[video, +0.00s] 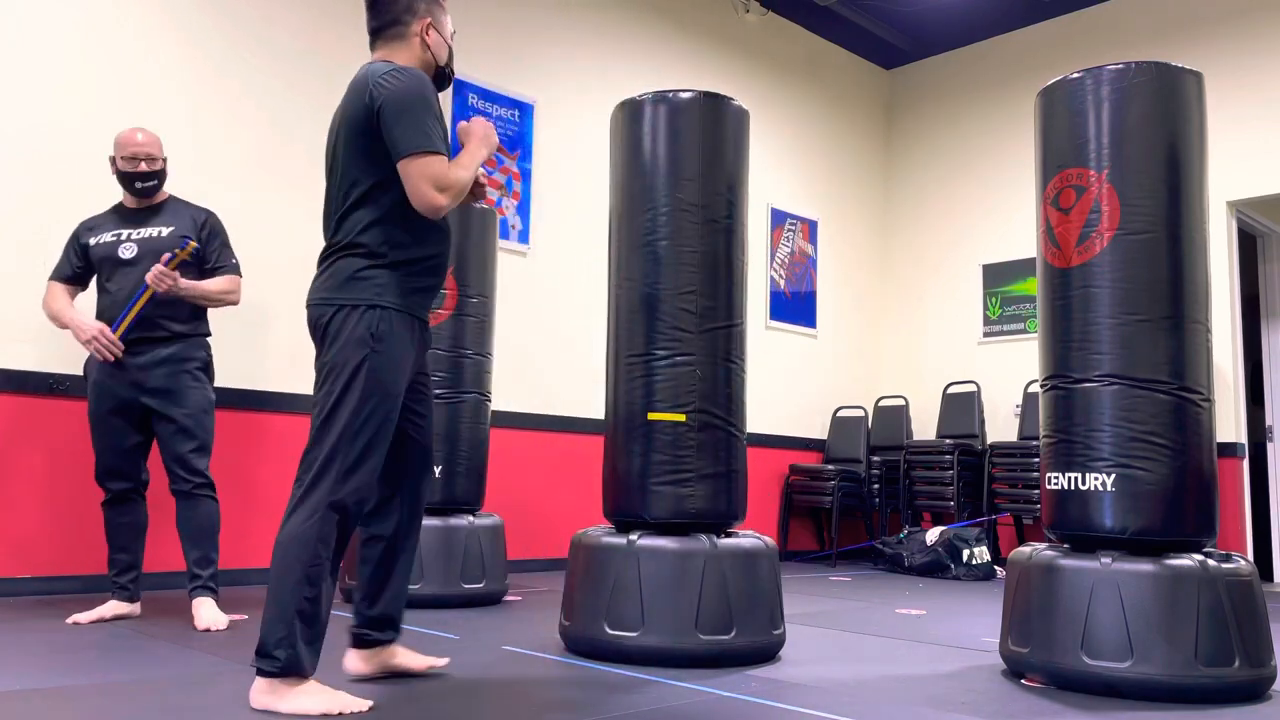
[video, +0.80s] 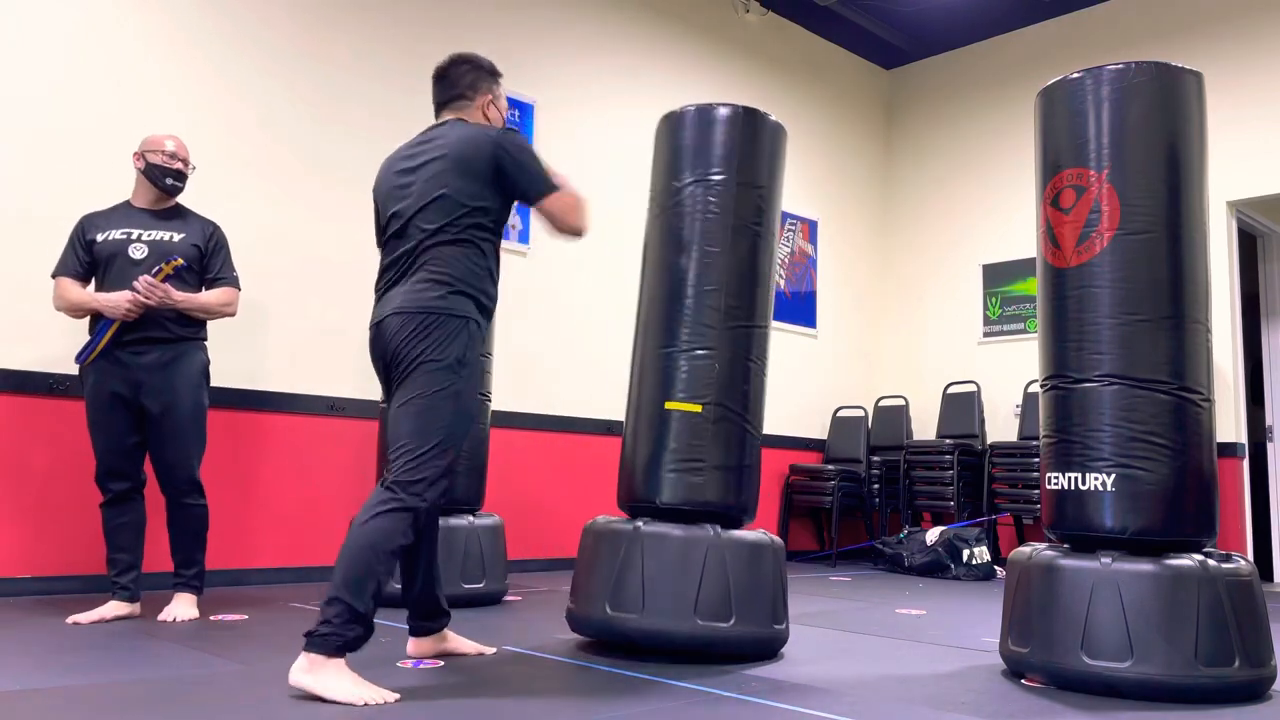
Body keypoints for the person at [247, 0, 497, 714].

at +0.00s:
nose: (453, 36)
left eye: (450, 25)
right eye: (448, 24)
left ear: (396, 29)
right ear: (426, 26)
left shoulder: (377, 88)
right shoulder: (398, 84)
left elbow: (402, 198)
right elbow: (433, 196)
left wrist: (462, 183)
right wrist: (471, 154)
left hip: (391, 308)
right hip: (371, 304)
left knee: (400, 473)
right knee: (335, 482)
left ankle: (374, 642)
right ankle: (280, 674)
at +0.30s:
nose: (480, 72)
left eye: (478, 60)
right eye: (475, 58)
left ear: (434, 61)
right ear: (450, 57)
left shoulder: (438, 133)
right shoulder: (406, 112)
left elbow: (464, 230)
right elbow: (435, 209)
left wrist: (517, 194)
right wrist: (491, 164)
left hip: (436, 334)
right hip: (400, 330)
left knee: (438, 483)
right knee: (351, 492)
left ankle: (437, 624)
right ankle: (283, 671)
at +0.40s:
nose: (493, 93)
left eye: (492, 82)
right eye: (490, 81)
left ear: (450, 80)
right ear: (466, 77)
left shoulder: (459, 152)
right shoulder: (412, 130)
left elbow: (524, 217)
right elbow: (436, 213)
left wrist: (609, 225)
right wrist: (499, 174)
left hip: (458, 336)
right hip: (415, 331)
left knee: (459, 484)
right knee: (407, 482)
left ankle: (431, 625)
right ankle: (301, 648)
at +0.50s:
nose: (508, 108)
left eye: (507, 100)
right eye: (505, 98)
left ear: (450, 95)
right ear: (487, 95)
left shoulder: (445, 151)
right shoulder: (455, 130)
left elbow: (493, 251)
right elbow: (490, 185)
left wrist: (567, 230)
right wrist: (535, 152)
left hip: (414, 321)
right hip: (443, 319)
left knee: (441, 474)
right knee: (467, 470)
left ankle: (429, 629)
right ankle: (347, 620)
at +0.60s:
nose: (512, 117)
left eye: (509, 109)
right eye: (511, 108)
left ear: (448, 108)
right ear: (499, 106)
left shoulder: (403, 161)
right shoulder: (512, 142)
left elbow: (426, 232)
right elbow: (625, 179)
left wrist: (497, 225)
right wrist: (662, 195)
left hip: (391, 319)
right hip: (450, 315)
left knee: (420, 477)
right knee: (419, 479)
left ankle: (429, 629)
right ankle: (319, 627)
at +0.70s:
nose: (512, 119)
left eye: (511, 111)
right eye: (512, 110)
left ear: (447, 108)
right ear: (500, 107)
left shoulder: (399, 163)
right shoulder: (506, 139)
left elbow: (400, 249)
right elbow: (615, 180)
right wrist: (644, 195)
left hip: (389, 319)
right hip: (446, 315)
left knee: (418, 476)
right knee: (410, 475)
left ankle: (428, 630)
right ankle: (310, 637)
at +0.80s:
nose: (505, 113)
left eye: (502, 104)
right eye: (502, 103)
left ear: (440, 105)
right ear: (487, 101)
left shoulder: (394, 162)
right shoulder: (493, 142)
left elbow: (399, 251)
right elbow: (574, 219)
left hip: (392, 316)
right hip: (443, 315)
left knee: (423, 484)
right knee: (410, 486)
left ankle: (429, 629)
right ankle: (323, 654)